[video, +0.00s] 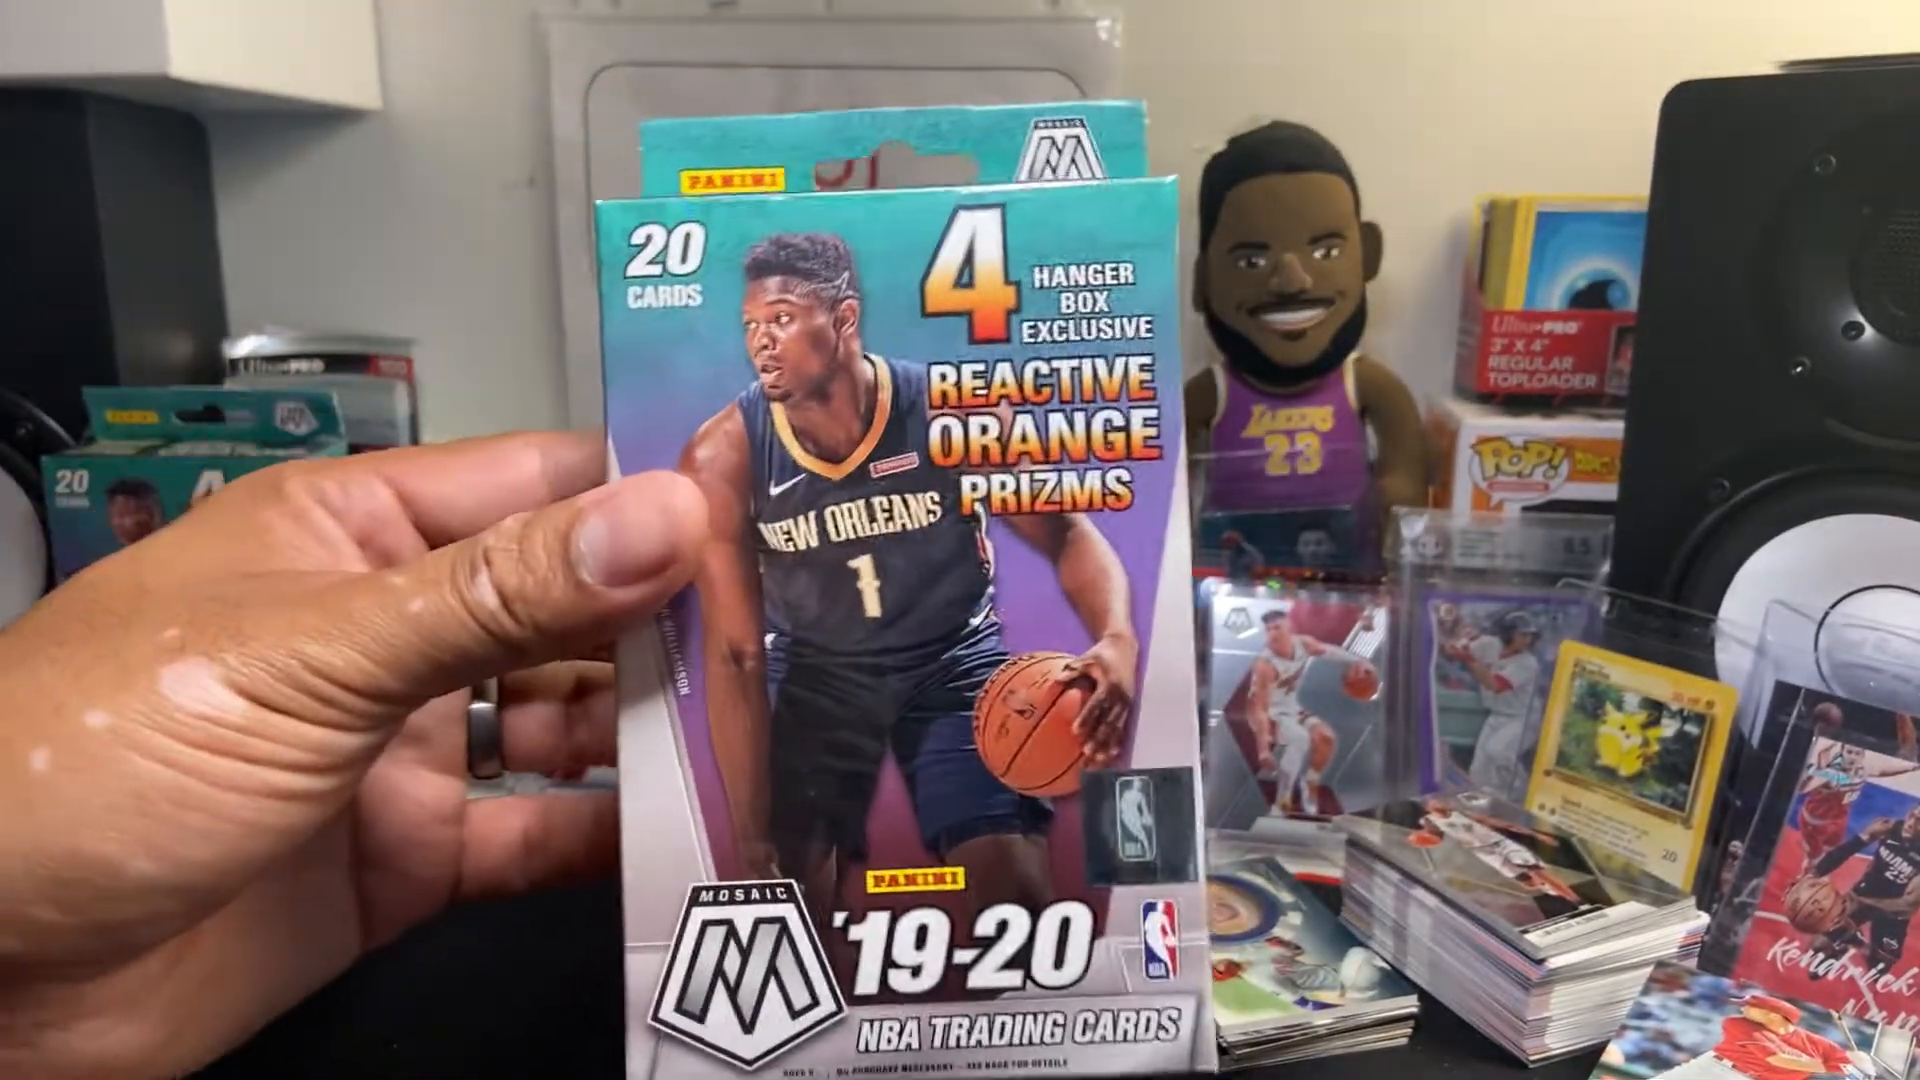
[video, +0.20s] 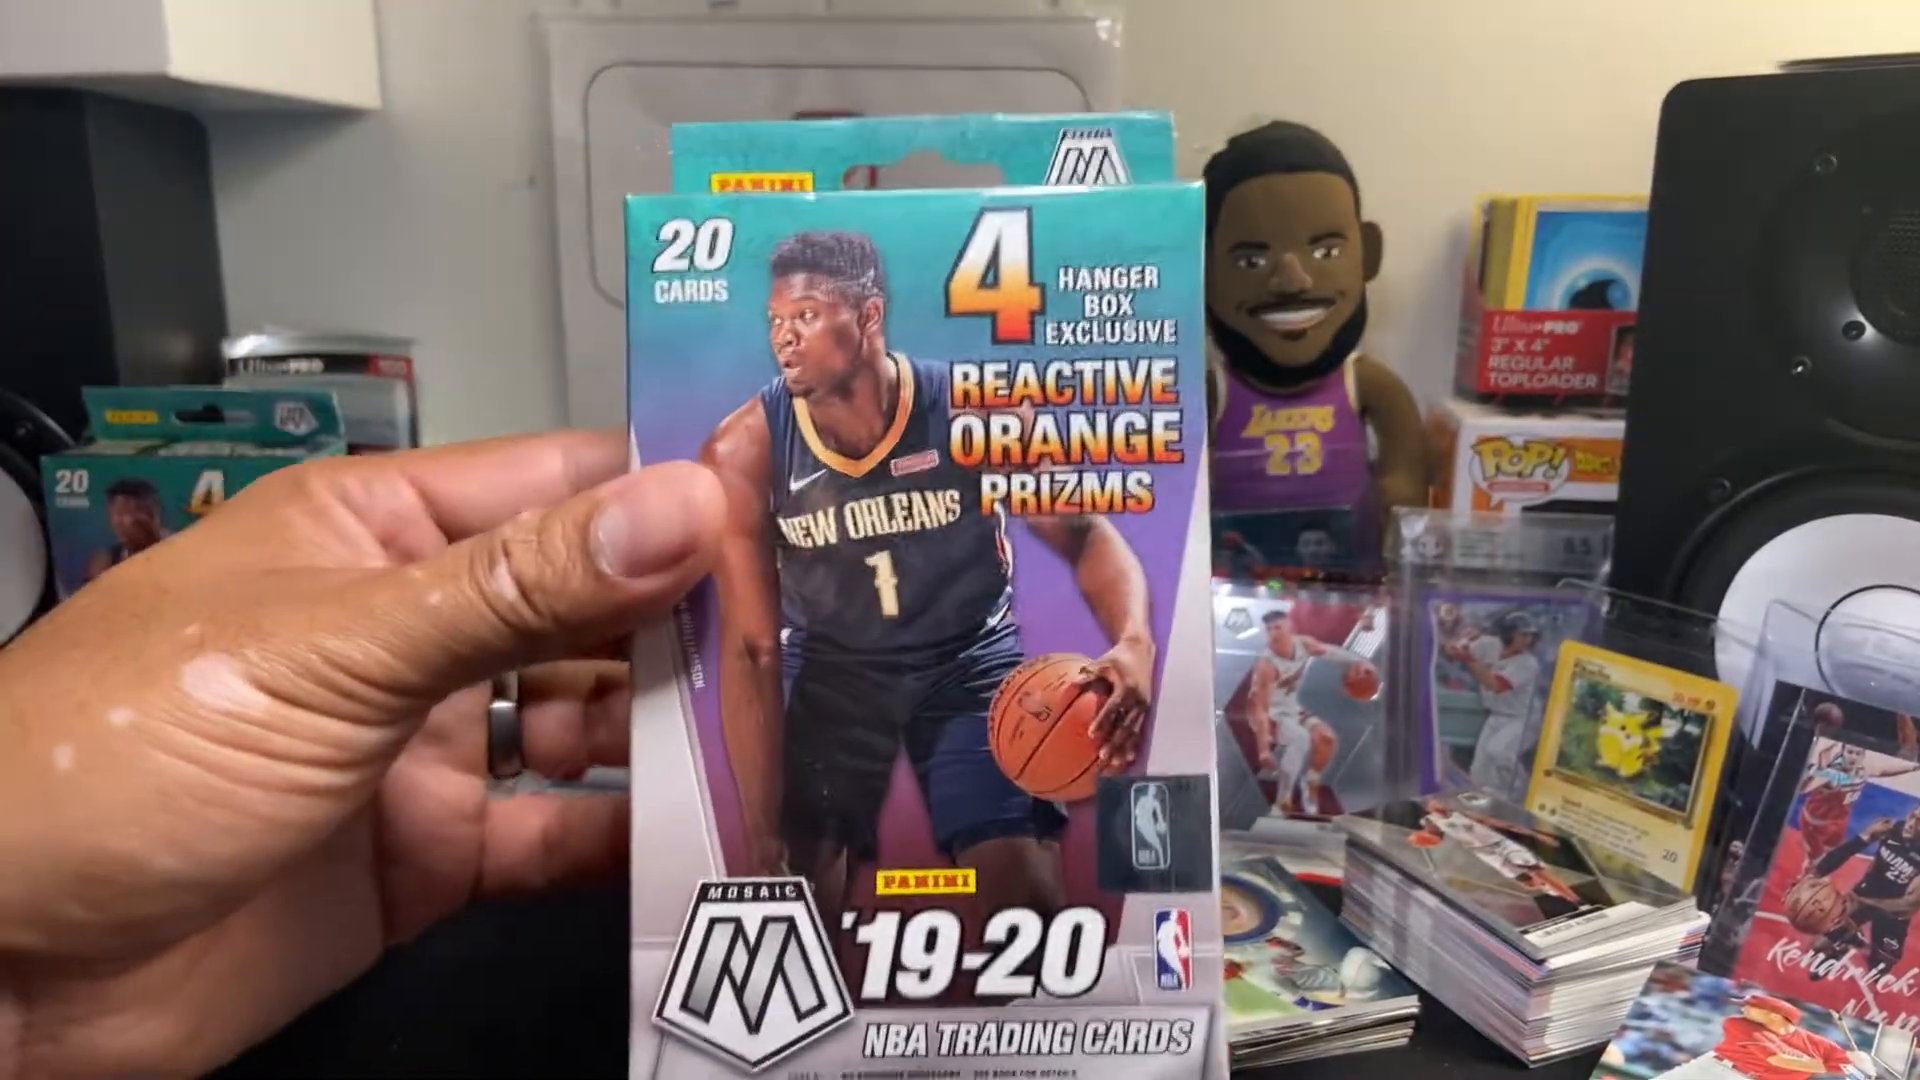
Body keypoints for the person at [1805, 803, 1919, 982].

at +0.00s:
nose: (1911, 823)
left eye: (1918, 821)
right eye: (1912, 816)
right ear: (1907, 814)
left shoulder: (1917, 857)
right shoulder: (1887, 828)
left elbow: (1908, 905)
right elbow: (1846, 850)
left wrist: (1861, 903)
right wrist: (1814, 873)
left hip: (1894, 911)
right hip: (1863, 897)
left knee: (1878, 971)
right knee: (1818, 948)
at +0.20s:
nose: (1912, 824)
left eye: (1918, 822)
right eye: (1912, 817)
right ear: (1908, 815)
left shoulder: (1917, 857)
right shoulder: (1887, 829)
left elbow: (1909, 905)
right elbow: (1848, 849)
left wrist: (1862, 904)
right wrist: (1816, 872)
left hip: (1895, 911)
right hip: (1864, 897)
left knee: (1878, 972)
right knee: (1818, 951)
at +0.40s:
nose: (1912, 824)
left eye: (1918, 822)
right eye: (1913, 817)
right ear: (1908, 815)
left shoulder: (1917, 857)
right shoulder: (1887, 829)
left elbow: (1909, 905)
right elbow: (1849, 849)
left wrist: (1862, 904)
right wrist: (1817, 872)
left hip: (1895, 911)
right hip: (1864, 897)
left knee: (1879, 971)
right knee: (1819, 948)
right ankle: (1846, 943)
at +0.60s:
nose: (1912, 824)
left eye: (1918, 822)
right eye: (1913, 817)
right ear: (1908, 815)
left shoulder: (1917, 856)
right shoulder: (1889, 829)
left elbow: (1909, 905)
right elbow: (1849, 850)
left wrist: (1863, 904)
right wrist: (1817, 872)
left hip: (1895, 911)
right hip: (1865, 897)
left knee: (1879, 970)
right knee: (1820, 945)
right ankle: (1843, 947)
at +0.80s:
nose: (1912, 824)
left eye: (1918, 822)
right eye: (1913, 817)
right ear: (1909, 815)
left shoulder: (1917, 856)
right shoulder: (1888, 829)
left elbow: (1909, 905)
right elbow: (1849, 849)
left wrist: (1863, 904)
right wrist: (1817, 872)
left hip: (1896, 912)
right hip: (1864, 898)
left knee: (1880, 970)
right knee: (1820, 946)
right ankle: (1842, 949)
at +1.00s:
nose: (1912, 824)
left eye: (1919, 822)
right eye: (1913, 817)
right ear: (1908, 815)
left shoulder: (1918, 857)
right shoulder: (1888, 829)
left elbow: (1910, 905)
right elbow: (1849, 850)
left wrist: (1862, 903)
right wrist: (1816, 874)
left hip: (1896, 911)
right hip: (1864, 897)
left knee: (1880, 969)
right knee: (1819, 946)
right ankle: (1841, 950)